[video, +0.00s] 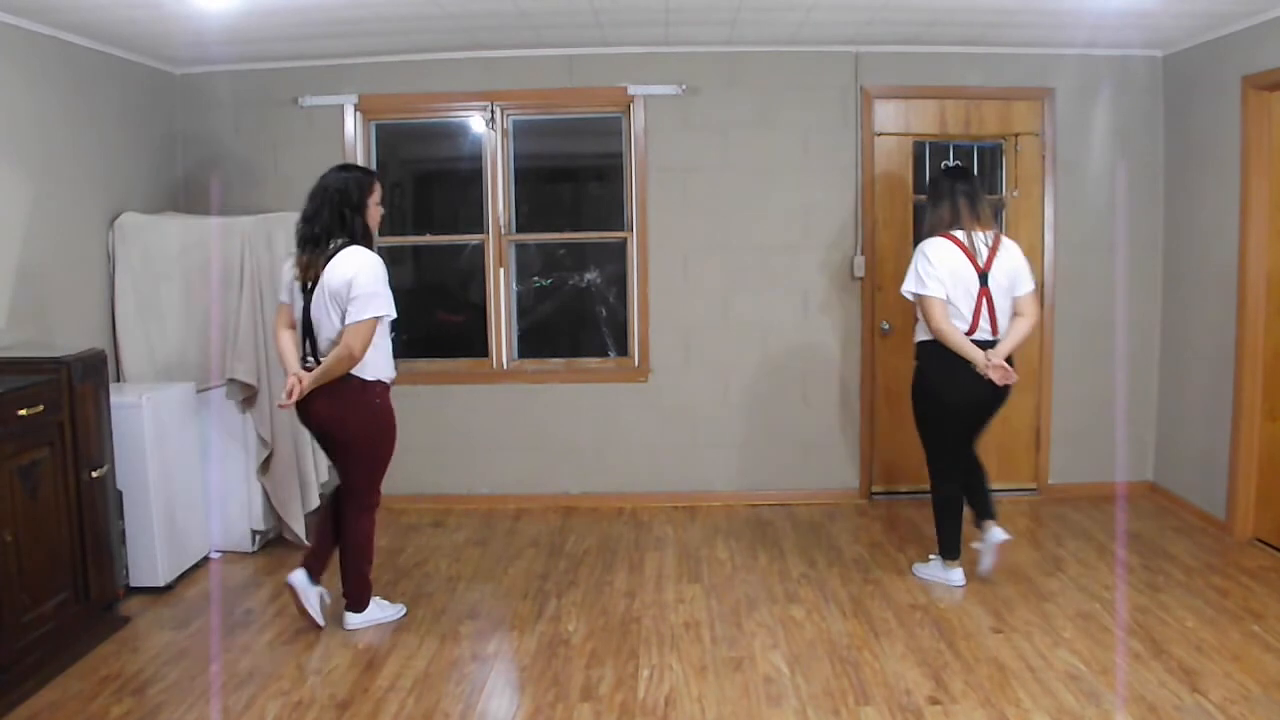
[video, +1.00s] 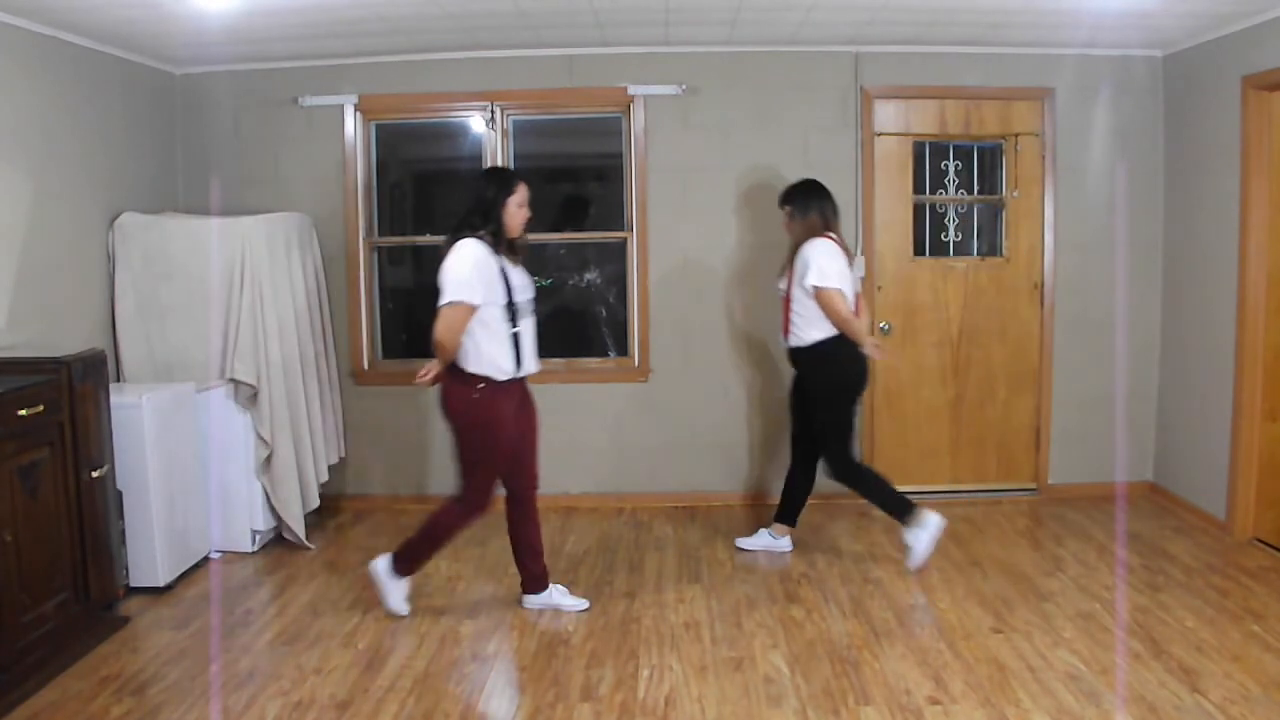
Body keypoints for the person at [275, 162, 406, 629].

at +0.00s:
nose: (382, 213)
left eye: (381, 203)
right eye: (377, 204)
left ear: (327, 207)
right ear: (355, 208)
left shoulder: (304, 262)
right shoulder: (366, 265)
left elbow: (285, 326)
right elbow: (352, 348)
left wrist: (295, 372)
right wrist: (310, 379)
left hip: (317, 397)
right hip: (359, 399)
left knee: (351, 486)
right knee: (362, 500)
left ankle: (309, 573)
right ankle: (359, 605)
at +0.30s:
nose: (405, 217)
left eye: (405, 208)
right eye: (399, 208)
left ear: (369, 209)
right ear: (374, 209)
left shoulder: (363, 259)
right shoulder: (360, 263)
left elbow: (340, 341)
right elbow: (341, 348)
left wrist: (319, 364)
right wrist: (319, 373)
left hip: (372, 393)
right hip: (359, 395)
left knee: (386, 486)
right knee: (364, 493)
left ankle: (316, 564)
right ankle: (354, 601)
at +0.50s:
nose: (430, 223)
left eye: (431, 214)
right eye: (424, 213)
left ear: (403, 215)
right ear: (398, 213)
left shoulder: (398, 263)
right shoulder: (372, 262)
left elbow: (372, 334)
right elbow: (344, 348)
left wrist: (335, 369)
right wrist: (335, 372)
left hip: (401, 394)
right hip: (371, 397)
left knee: (434, 480)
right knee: (367, 500)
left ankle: (365, 546)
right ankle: (353, 602)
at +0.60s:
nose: (446, 225)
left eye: (447, 216)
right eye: (441, 215)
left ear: (422, 217)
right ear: (415, 214)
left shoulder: (415, 264)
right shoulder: (383, 263)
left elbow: (387, 332)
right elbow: (354, 344)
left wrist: (349, 367)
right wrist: (353, 369)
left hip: (419, 398)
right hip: (384, 400)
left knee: (460, 475)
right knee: (370, 502)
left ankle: (420, 567)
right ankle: (353, 601)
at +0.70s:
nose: (464, 229)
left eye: (466, 220)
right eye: (459, 219)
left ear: (444, 222)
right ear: (433, 217)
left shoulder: (437, 269)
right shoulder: (399, 266)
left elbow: (415, 339)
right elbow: (369, 345)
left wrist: (366, 368)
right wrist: (369, 367)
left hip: (440, 403)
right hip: (401, 405)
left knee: (474, 483)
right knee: (378, 502)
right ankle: (354, 600)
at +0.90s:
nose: (506, 225)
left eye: (507, 216)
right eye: (500, 215)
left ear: (491, 217)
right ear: (475, 215)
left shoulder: (485, 266)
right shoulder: (445, 265)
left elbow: (471, 339)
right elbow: (419, 346)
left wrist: (418, 370)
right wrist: (418, 372)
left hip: (489, 404)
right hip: (451, 407)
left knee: (508, 498)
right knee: (425, 499)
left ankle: (536, 588)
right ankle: (367, 586)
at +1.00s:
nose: (527, 214)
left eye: (527, 205)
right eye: (519, 206)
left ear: (513, 209)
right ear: (494, 207)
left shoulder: (506, 257)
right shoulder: (469, 255)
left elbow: (491, 323)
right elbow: (446, 334)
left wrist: (445, 361)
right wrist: (447, 362)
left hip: (512, 392)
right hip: (476, 394)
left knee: (522, 493)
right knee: (475, 497)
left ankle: (536, 588)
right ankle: (395, 568)